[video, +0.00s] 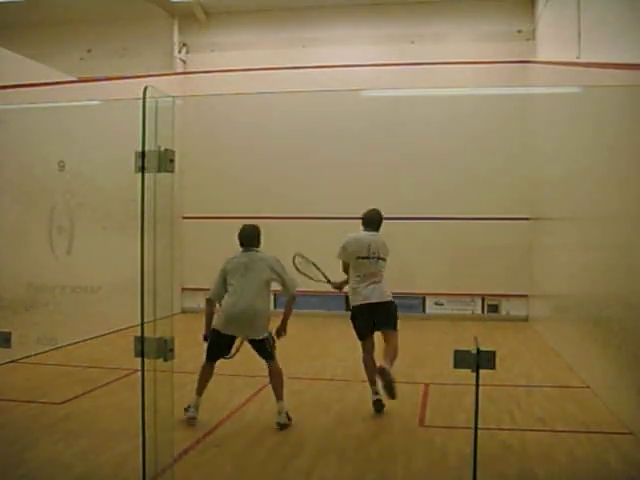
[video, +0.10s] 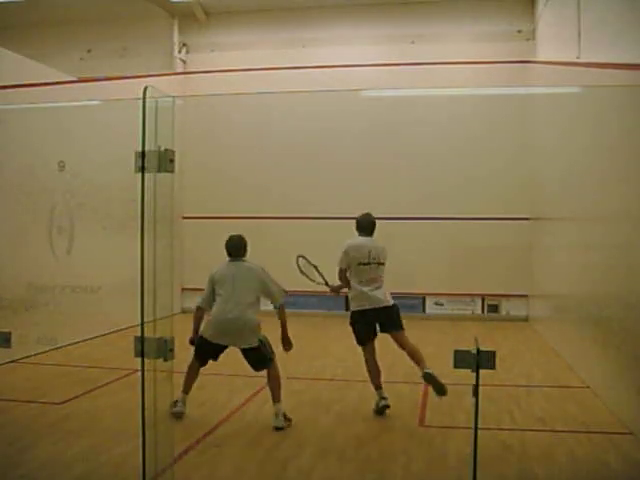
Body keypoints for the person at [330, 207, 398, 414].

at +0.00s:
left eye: (363, 220)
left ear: (362, 222)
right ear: (379, 225)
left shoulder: (350, 242)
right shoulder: (383, 245)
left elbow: (346, 270)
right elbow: (372, 272)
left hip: (360, 303)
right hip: (383, 301)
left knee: (367, 350)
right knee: (391, 341)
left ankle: (375, 394)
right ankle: (386, 367)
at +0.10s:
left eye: (356, 223)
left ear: (356, 228)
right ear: (374, 229)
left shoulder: (350, 247)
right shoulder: (381, 249)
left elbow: (342, 276)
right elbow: (372, 279)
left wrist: (349, 287)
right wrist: (342, 287)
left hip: (361, 309)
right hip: (385, 304)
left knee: (369, 354)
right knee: (404, 342)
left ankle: (381, 396)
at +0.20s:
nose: (352, 239)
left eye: (351, 235)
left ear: (351, 237)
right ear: (368, 236)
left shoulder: (347, 257)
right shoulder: (377, 254)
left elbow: (340, 287)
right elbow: (378, 283)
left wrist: (345, 305)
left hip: (362, 317)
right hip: (384, 312)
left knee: (373, 360)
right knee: (405, 346)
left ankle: (387, 401)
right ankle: (434, 380)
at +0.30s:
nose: (344, 242)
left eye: (344, 238)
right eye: (345, 238)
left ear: (345, 239)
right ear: (361, 238)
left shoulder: (344, 259)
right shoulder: (374, 256)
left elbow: (341, 289)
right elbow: (377, 283)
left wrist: (338, 314)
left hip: (361, 317)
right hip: (382, 312)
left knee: (371, 359)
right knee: (393, 347)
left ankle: (388, 398)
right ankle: (405, 383)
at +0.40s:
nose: (337, 247)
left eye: (338, 244)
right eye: (337, 243)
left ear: (344, 244)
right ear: (355, 242)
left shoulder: (344, 263)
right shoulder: (372, 259)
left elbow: (341, 293)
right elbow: (382, 289)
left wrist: (335, 320)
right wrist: (389, 312)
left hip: (356, 319)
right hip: (375, 316)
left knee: (354, 357)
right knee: (375, 349)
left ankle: (381, 384)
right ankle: (388, 387)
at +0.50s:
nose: (328, 246)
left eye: (331, 243)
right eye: (329, 243)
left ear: (338, 244)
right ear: (347, 244)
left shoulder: (340, 264)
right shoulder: (363, 260)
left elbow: (339, 293)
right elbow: (379, 284)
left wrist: (329, 319)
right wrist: (393, 307)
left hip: (349, 320)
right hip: (369, 318)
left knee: (335, 353)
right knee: (371, 349)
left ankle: (363, 377)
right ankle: (389, 386)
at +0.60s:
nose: (316, 238)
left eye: (319, 235)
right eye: (317, 234)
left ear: (327, 238)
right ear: (335, 238)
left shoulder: (327, 257)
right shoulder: (351, 253)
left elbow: (327, 284)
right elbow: (367, 276)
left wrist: (317, 311)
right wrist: (381, 298)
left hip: (335, 313)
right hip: (357, 312)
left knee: (321, 342)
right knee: (368, 345)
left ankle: (333, 381)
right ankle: (386, 381)